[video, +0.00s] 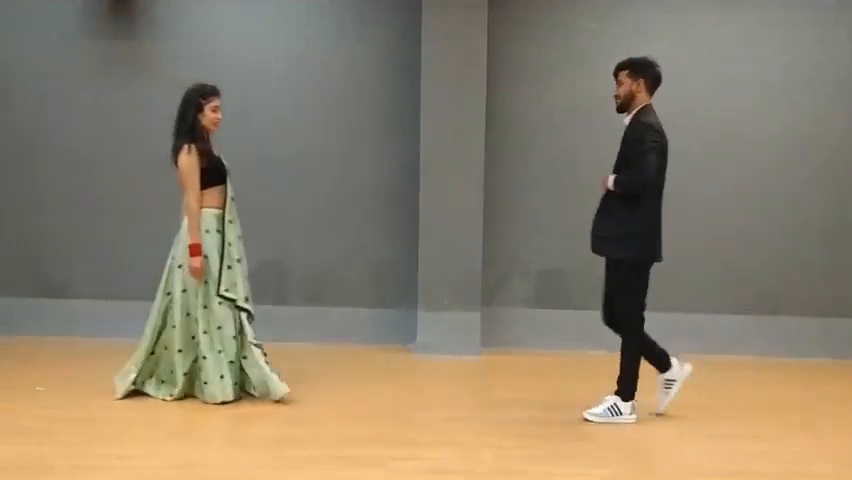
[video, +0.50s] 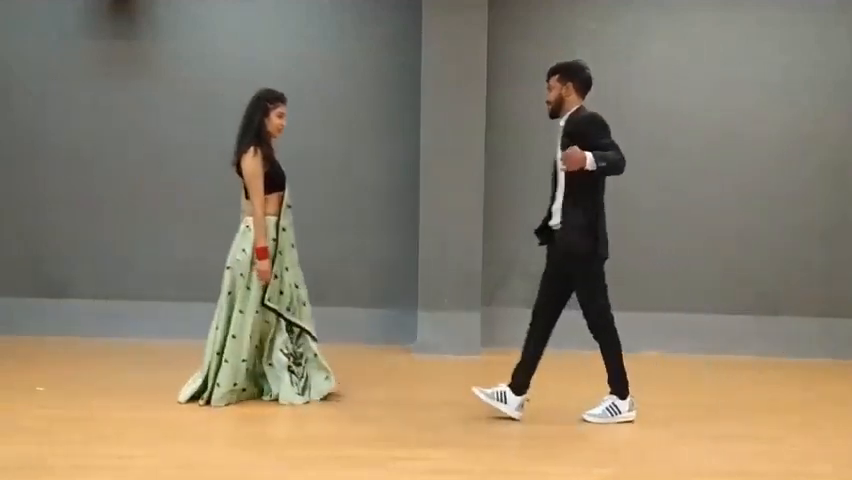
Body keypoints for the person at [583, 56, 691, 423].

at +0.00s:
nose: (616, 90)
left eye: (621, 83)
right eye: (616, 83)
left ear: (640, 85)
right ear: (639, 86)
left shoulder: (647, 128)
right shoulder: (639, 125)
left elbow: (644, 180)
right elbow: (641, 178)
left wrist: (614, 182)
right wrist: (618, 183)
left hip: (635, 242)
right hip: (624, 240)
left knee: (628, 318)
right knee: (615, 314)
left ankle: (624, 401)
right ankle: (670, 367)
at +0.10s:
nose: (603, 88)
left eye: (608, 81)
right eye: (604, 82)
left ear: (627, 83)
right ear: (626, 84)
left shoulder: (635, 125)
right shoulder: (626, 123)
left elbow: (632, 174)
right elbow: (623, 170)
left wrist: (594, 174)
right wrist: (597, 171)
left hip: (624, 242)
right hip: (613, 240)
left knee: (623, 315)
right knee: (595, 312)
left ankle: (623, 401)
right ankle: (633, 374)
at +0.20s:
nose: (590, 88)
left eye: (594, 81)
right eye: (591, 81)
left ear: (613, 83)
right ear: (611, 84)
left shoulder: (621, 122)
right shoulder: (607, 122)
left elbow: (630, 169)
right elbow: (616, 171)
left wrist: (588, 166)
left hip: (616, 239)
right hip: (601, 238)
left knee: (617, 318)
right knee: (580, 308)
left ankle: (624, 401)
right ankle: (593, 390)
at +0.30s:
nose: (577, 90)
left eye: (581, 83)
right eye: (577, 83)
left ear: (600, 84)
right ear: (600, 85)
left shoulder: (611, 121)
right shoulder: (595, 124)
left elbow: (628, 161)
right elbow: (599, 176)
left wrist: (589, 159)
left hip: (605, 241)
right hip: (589, 240)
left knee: (612, 318)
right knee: (569, 313)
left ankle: (623, 400)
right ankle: (552, 393)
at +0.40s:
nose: (563, 93)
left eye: (567, 85)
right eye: (563, 86)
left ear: (584, 86)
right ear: (586, 87)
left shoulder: (600, 121)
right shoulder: (585, 125)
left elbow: (625, 161)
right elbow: (595, 178)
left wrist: (592, 158)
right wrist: (569, 228)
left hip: (595, 240)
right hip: (578, 240)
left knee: (607, 320)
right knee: (557, 315)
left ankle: (622, 401)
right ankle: (524, 390)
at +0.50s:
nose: (546, 94)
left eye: (550, 87)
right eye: (547, 87)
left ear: (567, 87)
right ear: (566, 88)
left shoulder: (588, 122)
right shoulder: (568, 127)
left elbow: (617, 161)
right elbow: (571, 186)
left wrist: (588, 160)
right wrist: (555, 225)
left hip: (582, 241)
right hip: (563, 241)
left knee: (600, 320)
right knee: (542, 317)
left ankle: (621, 399)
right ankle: (514, 393)